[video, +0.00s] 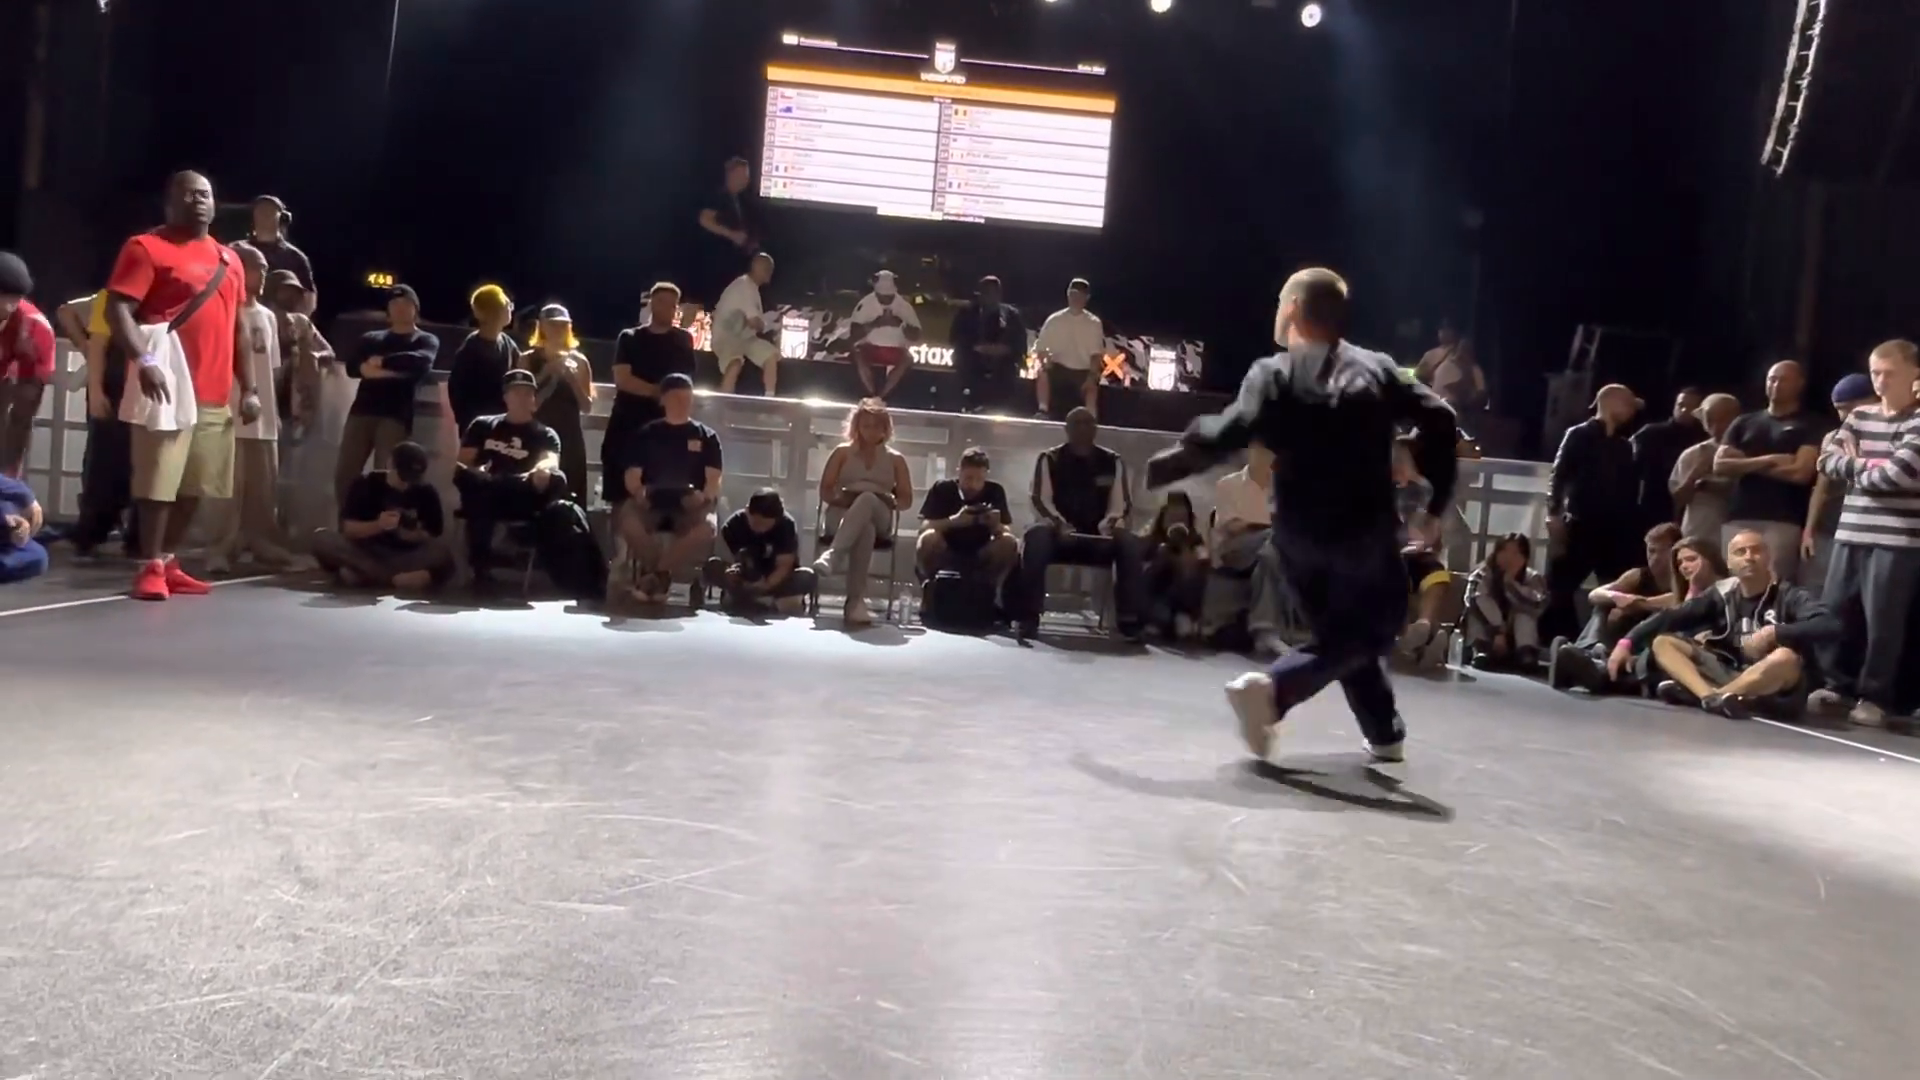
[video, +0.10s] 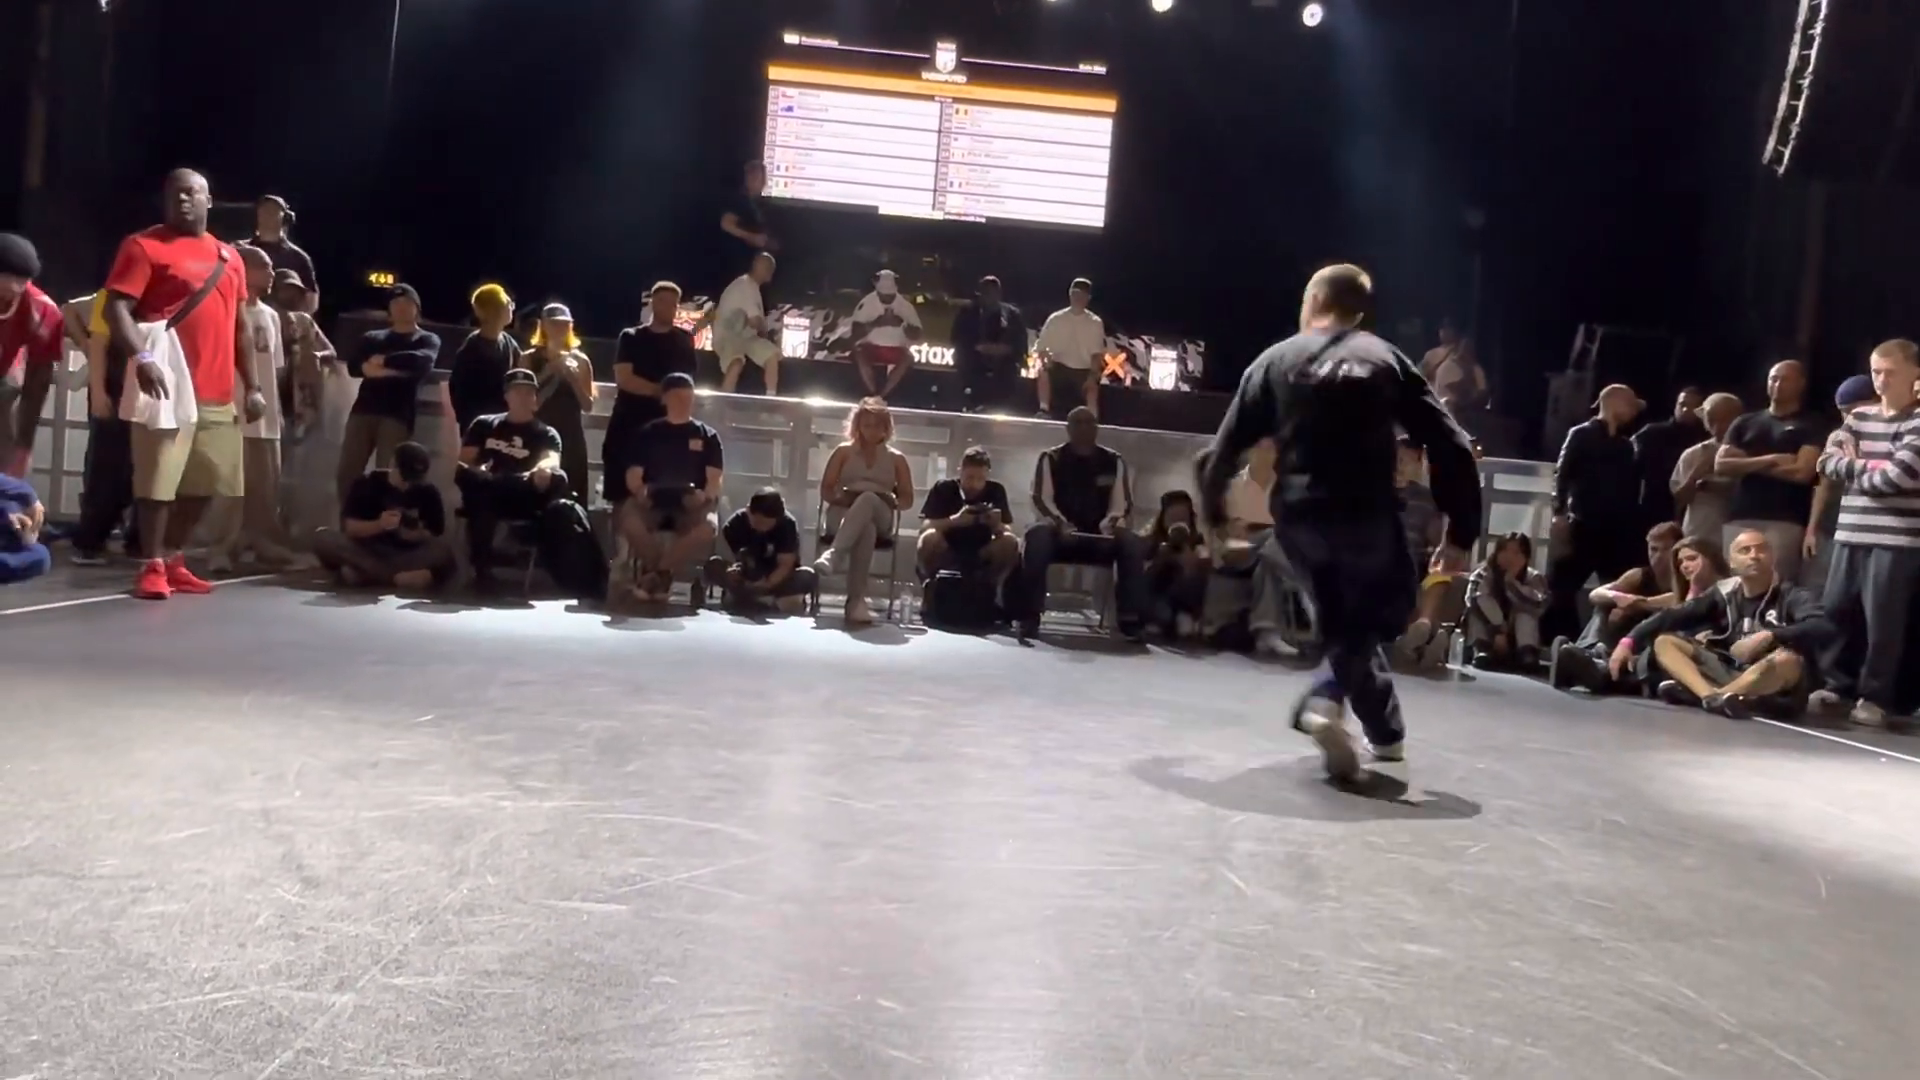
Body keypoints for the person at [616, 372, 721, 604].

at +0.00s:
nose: (681, 402)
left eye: (685, 397)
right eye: (676, 397)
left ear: (692, 399)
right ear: (663, 400)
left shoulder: (706, 436)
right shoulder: (645, 433)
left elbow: (713, 481)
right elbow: (632, 477)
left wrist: (702, 498)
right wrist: (643, 496)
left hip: (689, 496)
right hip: (652, 494)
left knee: (706, 528)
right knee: (628, 518)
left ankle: (655, 575)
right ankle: (660, 576)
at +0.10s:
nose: (682, 401)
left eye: (686, 396)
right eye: (676, 396)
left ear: (693, 398)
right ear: (665, 399)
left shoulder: (707, 435)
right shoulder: (646, 433)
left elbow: (714, 480)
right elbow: (633, 475)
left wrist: (703, 497)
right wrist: (644, 495)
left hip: (690, 495)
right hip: (654, 493)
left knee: (707, 527)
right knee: (629, 517)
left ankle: (655, 574)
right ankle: (661, 575)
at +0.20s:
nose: (683, 400)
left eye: (687, 394)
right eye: (677, 395)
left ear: (694, 397)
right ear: (665, 398)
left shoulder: (708, 435)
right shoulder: (647, 432)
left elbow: (715, 479)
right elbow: (633, 476)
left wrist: (703, 496)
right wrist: (645, 495)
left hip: (691, 495)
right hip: (654, 493)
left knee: (707, 527)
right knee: (630, 517)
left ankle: (656, 575)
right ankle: (661, 574)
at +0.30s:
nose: (684, 399)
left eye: (688, 394)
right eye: (678, 394)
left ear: (694, 396)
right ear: (666, 398)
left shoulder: (709, 434)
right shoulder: (648, 431)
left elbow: (716, 478)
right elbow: (635, 474)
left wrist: (704, 495)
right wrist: (645, 493)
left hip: (691, 494)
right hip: (655, 493)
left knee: (708, 526)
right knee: (631, 516)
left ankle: (657, 573)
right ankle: (661, 573)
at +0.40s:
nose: (685, 399)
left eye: (689, 393)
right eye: (679, 393)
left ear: (695, 396)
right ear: (666, 397)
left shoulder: (709, 433)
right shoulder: (648, 430)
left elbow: (716, 477)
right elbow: (635, 474)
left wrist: (704, 494)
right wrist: (646, 492)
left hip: (692, 492)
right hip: (655, 490)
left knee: (708, 525)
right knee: (631, 514)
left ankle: (655, 571)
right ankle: (661, 571)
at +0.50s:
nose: (685, 398)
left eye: (689, 393)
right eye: (679, 393)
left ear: (696, 395)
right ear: (667, 396)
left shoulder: (710, 433)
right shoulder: (648, 430)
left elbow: (716, 477)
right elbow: (635, 473)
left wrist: (704, 494)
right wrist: (645, 490)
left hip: (692, 493)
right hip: (655, 490)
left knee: (709, 524)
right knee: (631, 512)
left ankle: (658, 571)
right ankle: (660, 571)